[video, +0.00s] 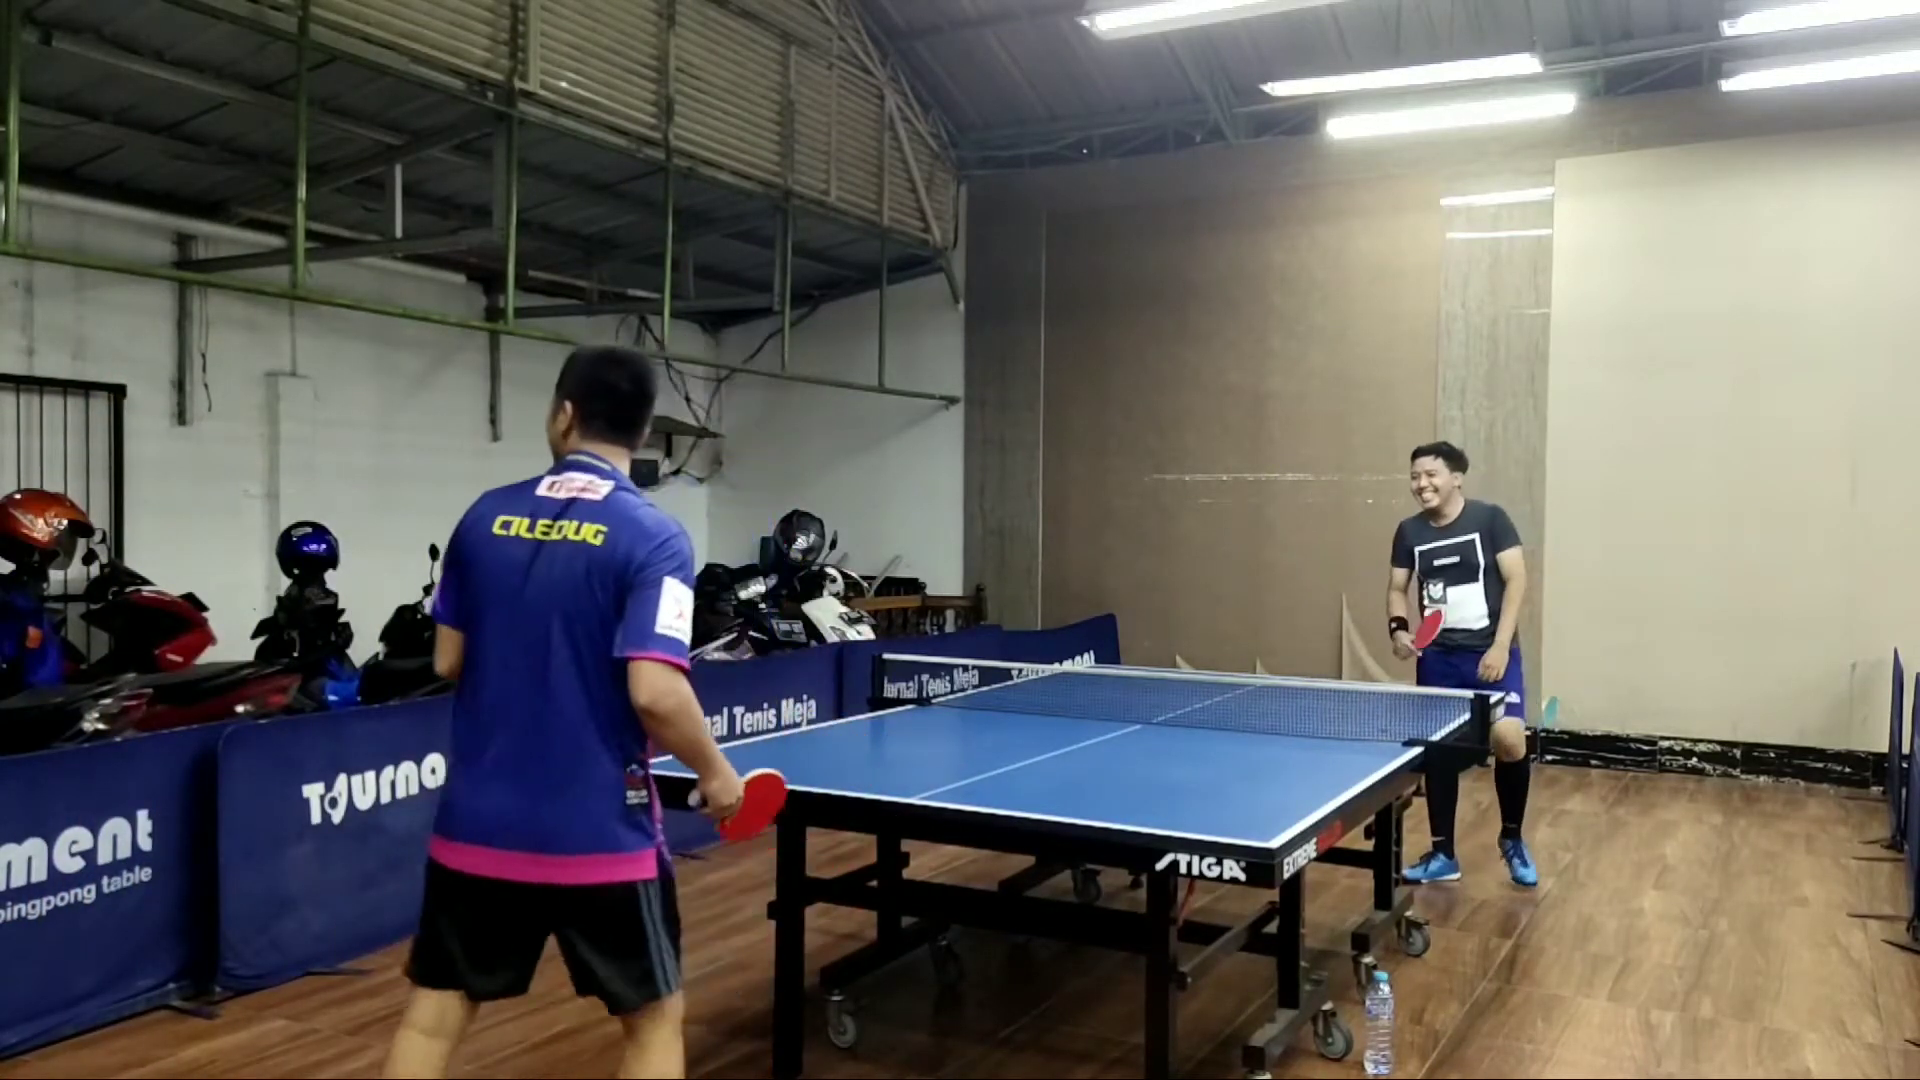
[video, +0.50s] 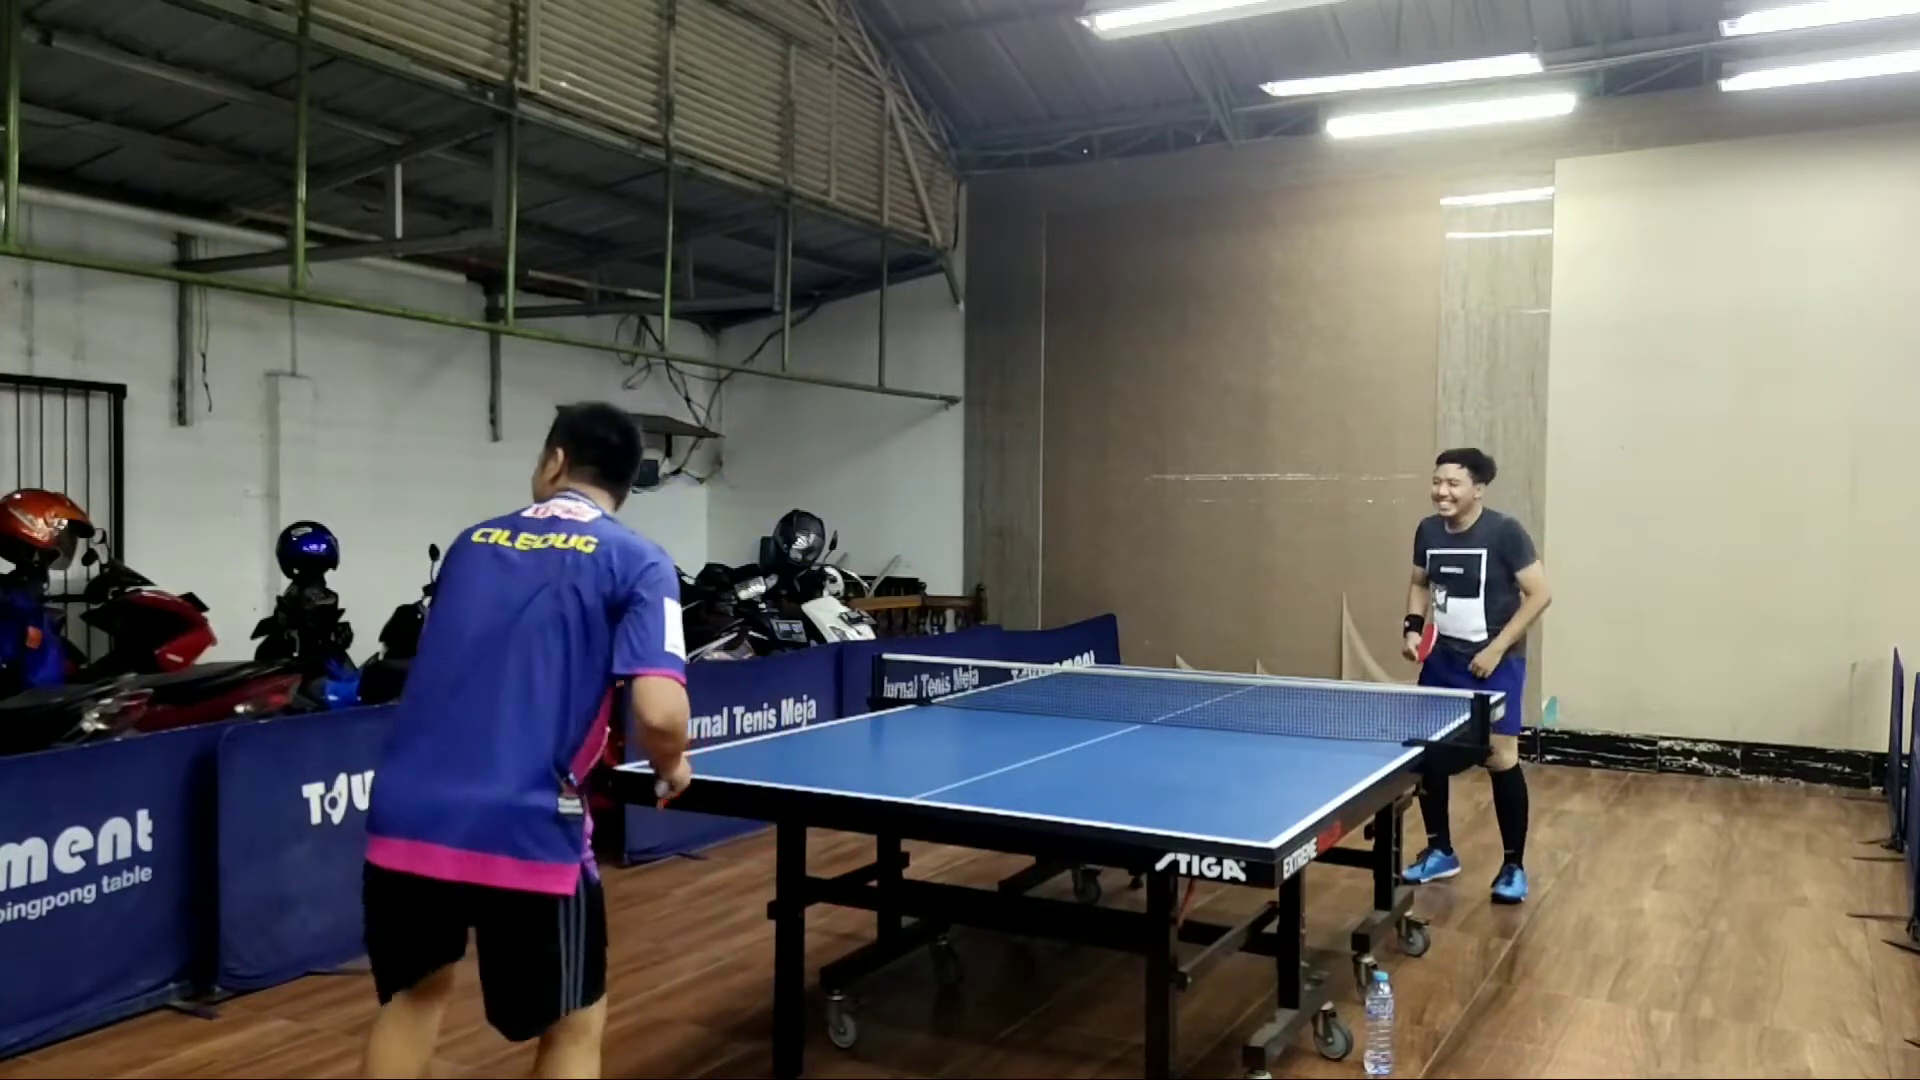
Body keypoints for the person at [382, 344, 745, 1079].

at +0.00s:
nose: (551, 418)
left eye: (553, 407)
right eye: (556, 408)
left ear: (564, 415)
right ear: (643, 434)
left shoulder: (486, 513)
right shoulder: (655, 536)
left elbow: (448, 661)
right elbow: (654, 691)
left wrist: (533, 656)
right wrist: (713, 769)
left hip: (475, 832)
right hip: (599, 843)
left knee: (430, 1020)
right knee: (653, 1022)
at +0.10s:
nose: (526, 422)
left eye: (529, 411)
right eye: (530, 411)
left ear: (541, 418)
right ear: (620, 440)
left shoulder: (464, 512)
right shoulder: (629, 534)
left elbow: (428, 660)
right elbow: (619, 684)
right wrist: (677, 762)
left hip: (441, 831)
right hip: (564, 841)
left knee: (409, 1015)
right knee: (628, 1013)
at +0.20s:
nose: (516, 427)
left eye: (519, 417)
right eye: (518, 418)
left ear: (531, 422)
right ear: (611, 444)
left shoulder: (455, 511)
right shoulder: (616, 528)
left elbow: (421, 649)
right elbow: (606, 676)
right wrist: (657, 753)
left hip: (426, 828)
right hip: (547, 836)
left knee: (401, 1022)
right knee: (604, 1011)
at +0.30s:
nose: (519, 435)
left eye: (520, 426)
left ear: (532, 429)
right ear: (610, 451)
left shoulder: (457, 515)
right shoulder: (618, 529)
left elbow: (422, 643)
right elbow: (615, 676)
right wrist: (656, 752)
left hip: (418, 827)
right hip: (538, 838)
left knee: (404, 1018)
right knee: (570, 1020)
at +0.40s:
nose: (529, 450)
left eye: (531, 441)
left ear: (544, 443)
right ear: (619, 465)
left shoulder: (465, 525)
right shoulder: (630, 541)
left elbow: (433, 652)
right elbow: (637, 694)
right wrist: (662, 755)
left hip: (410, 825)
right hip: (530, 838)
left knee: (417, 1009)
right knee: (567, 1025)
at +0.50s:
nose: (537, 468)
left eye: (540, 458)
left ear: (554, 462)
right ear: (625, 486)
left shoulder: (473, 538)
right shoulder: (636, 558)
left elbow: (444, 663)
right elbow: (658, 715)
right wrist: (670, 764)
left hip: (405, 818)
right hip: (526, 831)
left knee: (412, 989)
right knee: (573, 1021)